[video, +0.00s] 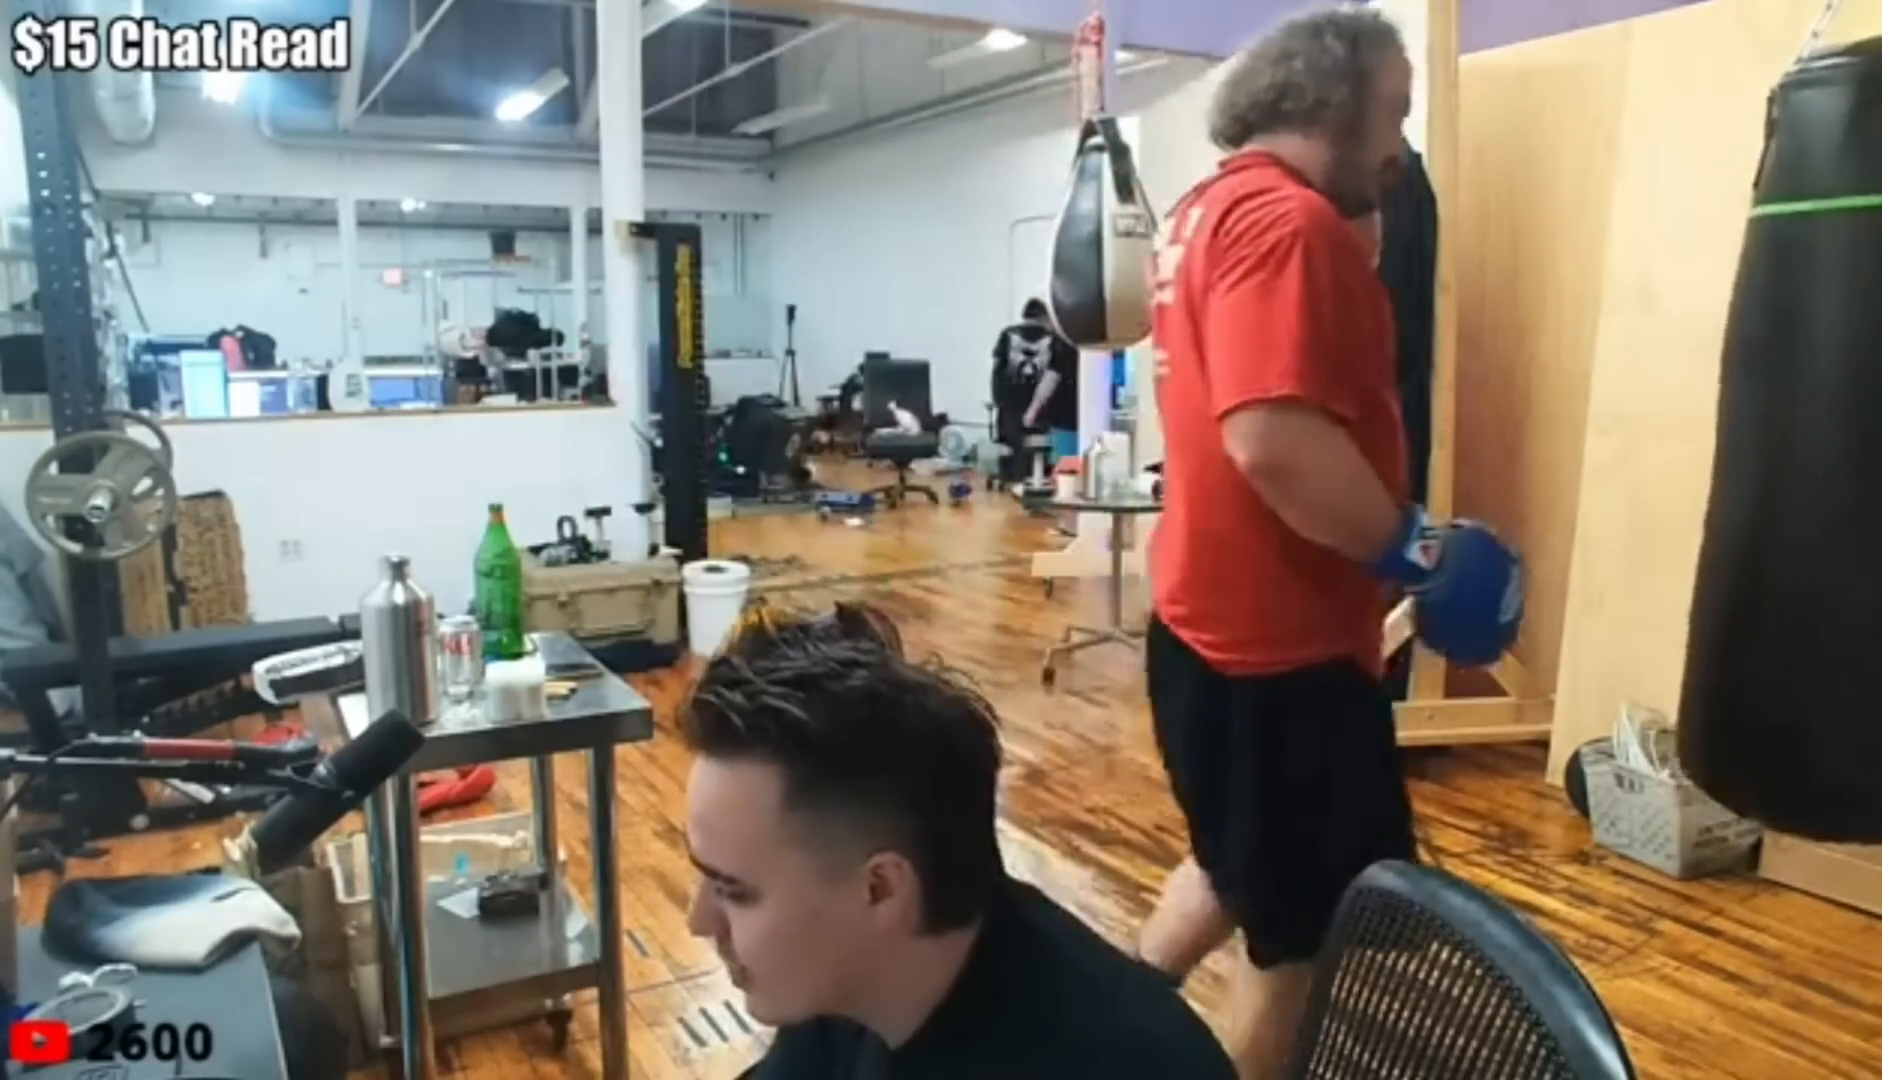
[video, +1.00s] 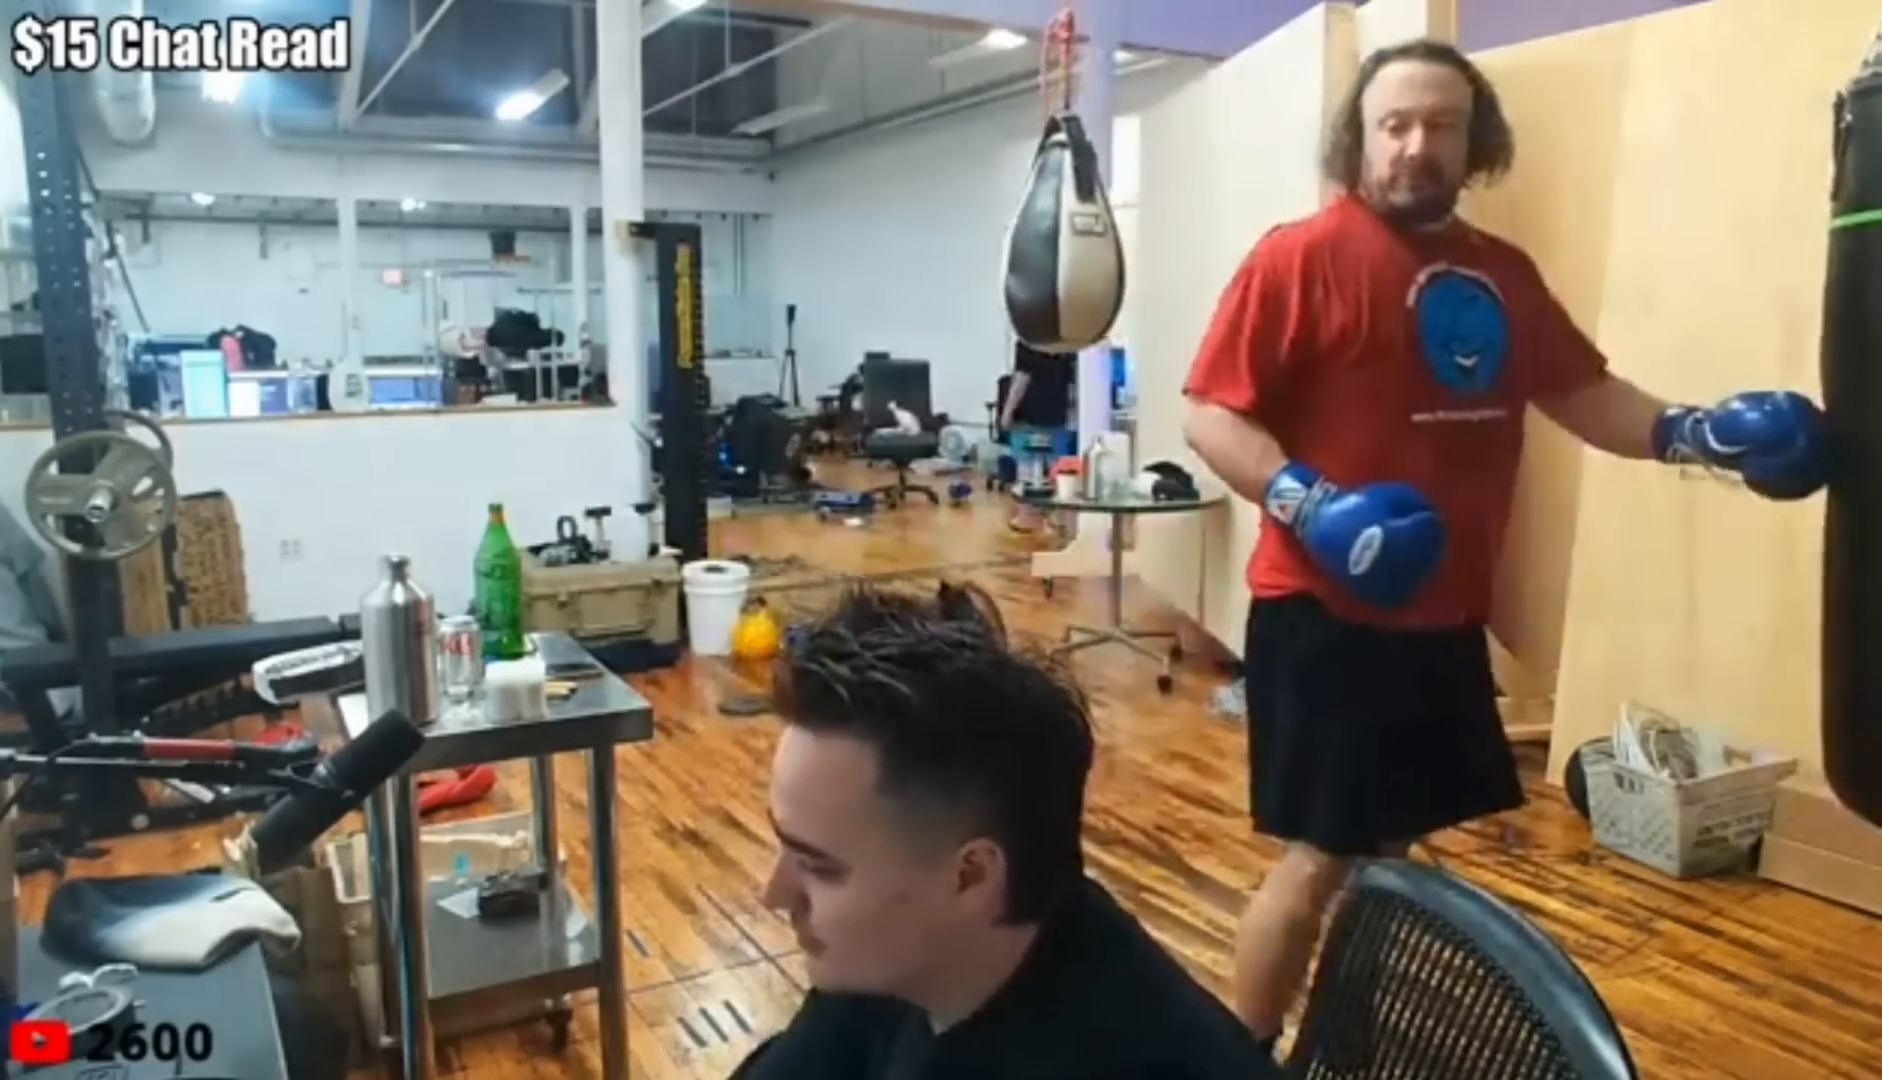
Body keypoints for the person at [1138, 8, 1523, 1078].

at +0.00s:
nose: (1407, 141)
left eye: (1408, 115)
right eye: (1395, 112)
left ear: (1298, 111)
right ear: (1324, 106)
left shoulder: (1218, 207)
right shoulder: (1284, 221)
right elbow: (1272, 440)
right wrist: (1421, 555)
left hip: (1212, 632)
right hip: (1284, 652)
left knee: (1229, 863)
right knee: (1301, 945)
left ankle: (1119, 1016)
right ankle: (1248, 1074)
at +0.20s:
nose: (1467, 130)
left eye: (1463, 102)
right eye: (1450, 102)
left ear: (1359, 103)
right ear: (1381, 100)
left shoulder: (1279, 212)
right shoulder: (1329, 223)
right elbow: (1321, 445)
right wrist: (1498, 537)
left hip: (1297, 655)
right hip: (1324, 670)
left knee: (1318, 953)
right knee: (1309, 962)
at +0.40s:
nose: (1481, 143)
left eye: (1482, 120)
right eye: (1456, 118)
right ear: (1370, 129)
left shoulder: (1406, 259)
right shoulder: (1328, 257)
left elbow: (1394, 406)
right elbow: (1298, 468)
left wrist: (1488, 360)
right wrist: (1476, 547)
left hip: (1415, 667)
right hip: (1347, 676)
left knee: (1429, 945)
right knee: (1354, 950)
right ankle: (1285, 1077)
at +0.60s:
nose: (1462, 137)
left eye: (1479, 118)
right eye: (1434, 116)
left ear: (1493, 134)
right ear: (1368, 130)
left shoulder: (1453, 266)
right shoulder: (1318, 256)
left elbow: (1447, 417)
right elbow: (1262, 449)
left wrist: (1554, 408)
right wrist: (1418, 540)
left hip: (1447, 634)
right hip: (1358, 642)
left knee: (1444, 894)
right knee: (1404, 902)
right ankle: (1335, 1066)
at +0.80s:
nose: (1438, 143)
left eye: (1460, 122)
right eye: (1414, 120)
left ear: (1486, 141)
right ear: (1368, 133)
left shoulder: (1483, 270)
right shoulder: (1308, 259)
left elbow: (1490, 418)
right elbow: (1235, 428)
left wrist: (1606, 414)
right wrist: (1359, 522)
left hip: (1457, 632)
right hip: (1343, 628)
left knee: (1459, 875)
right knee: (1351, 881)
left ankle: (1418, 1057)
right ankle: (1311, 1065)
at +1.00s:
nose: (1415, 147)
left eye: (1441, 126)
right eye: (1394, 126)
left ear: (1474, 146)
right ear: (1357, 139)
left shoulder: (1500, 274)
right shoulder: (1295, 261)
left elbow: (1585, 394)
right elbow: (1209, 414)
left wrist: (1700, 431)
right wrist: (1307, 505)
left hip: (1442, 621)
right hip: (1320, 616)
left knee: (1386, 858)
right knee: (1314, 862)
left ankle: (1341, 1049)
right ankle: (1243, 1053)